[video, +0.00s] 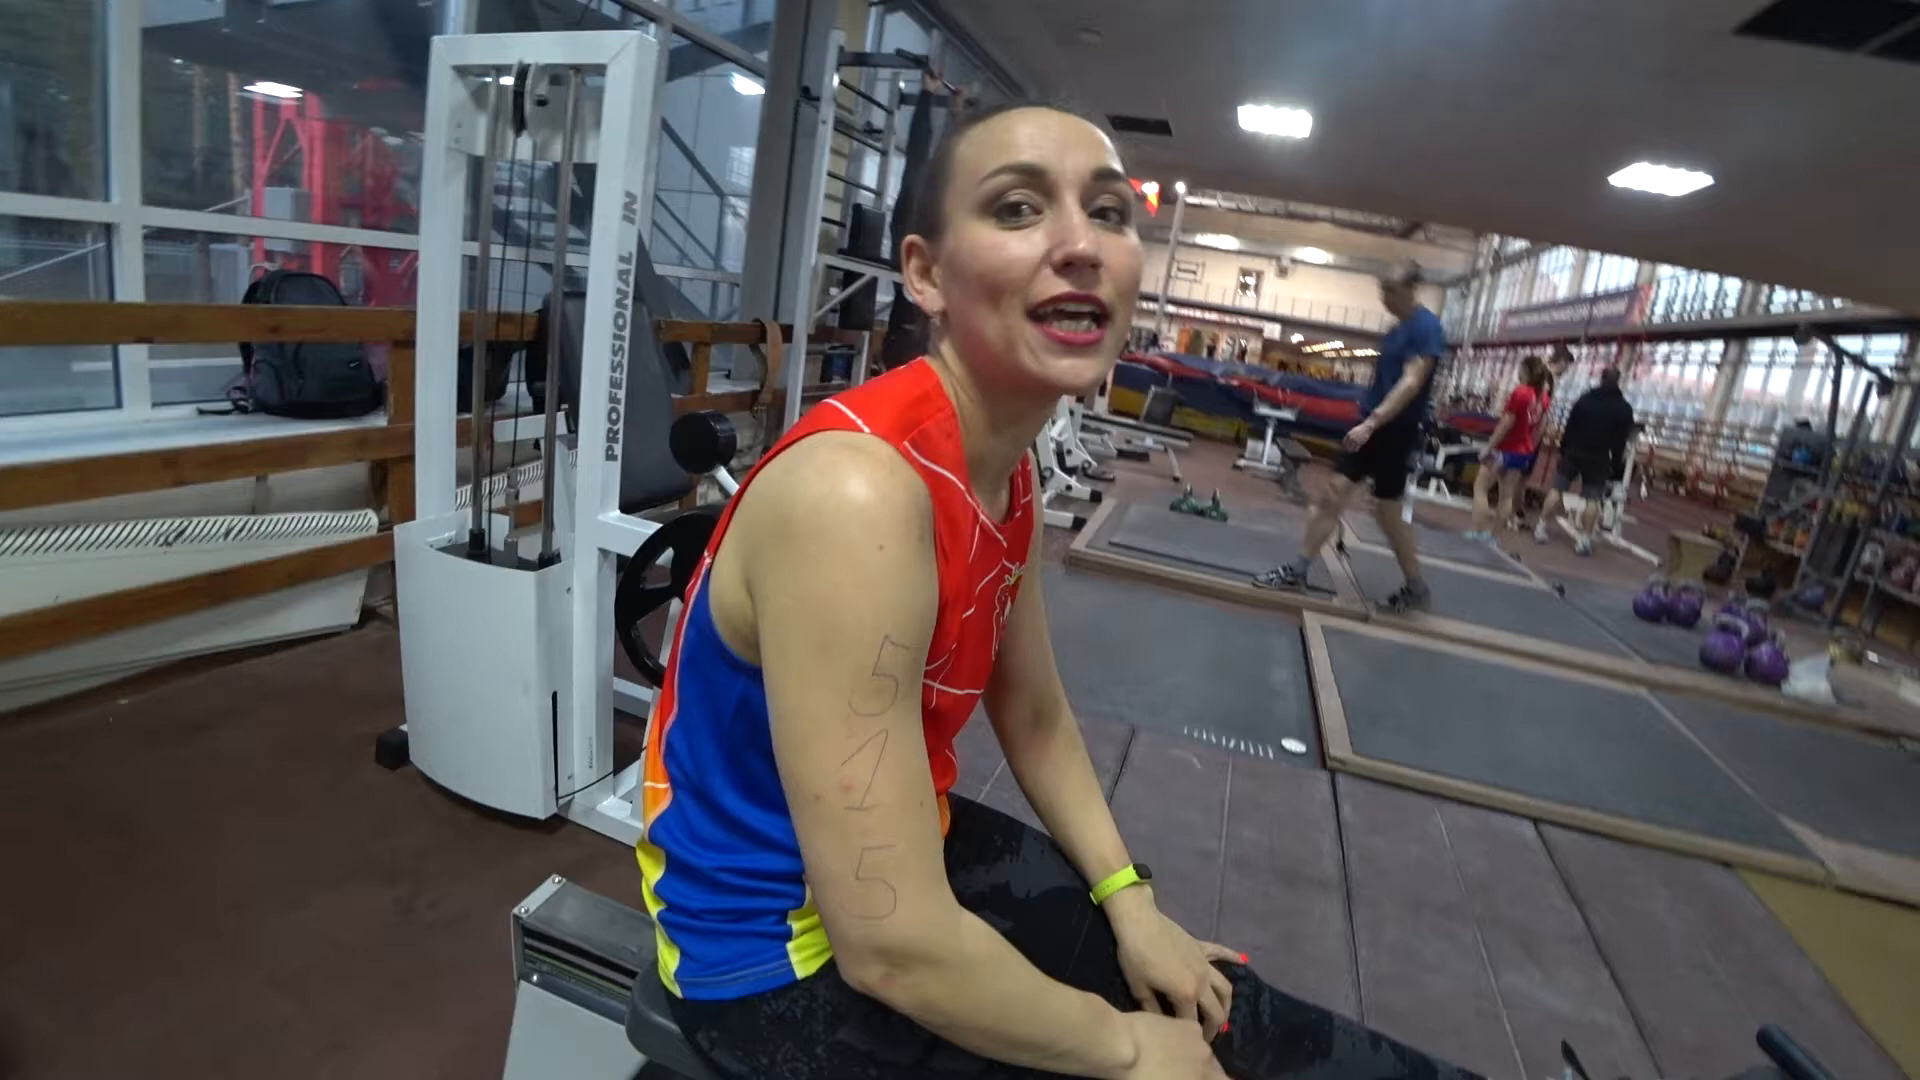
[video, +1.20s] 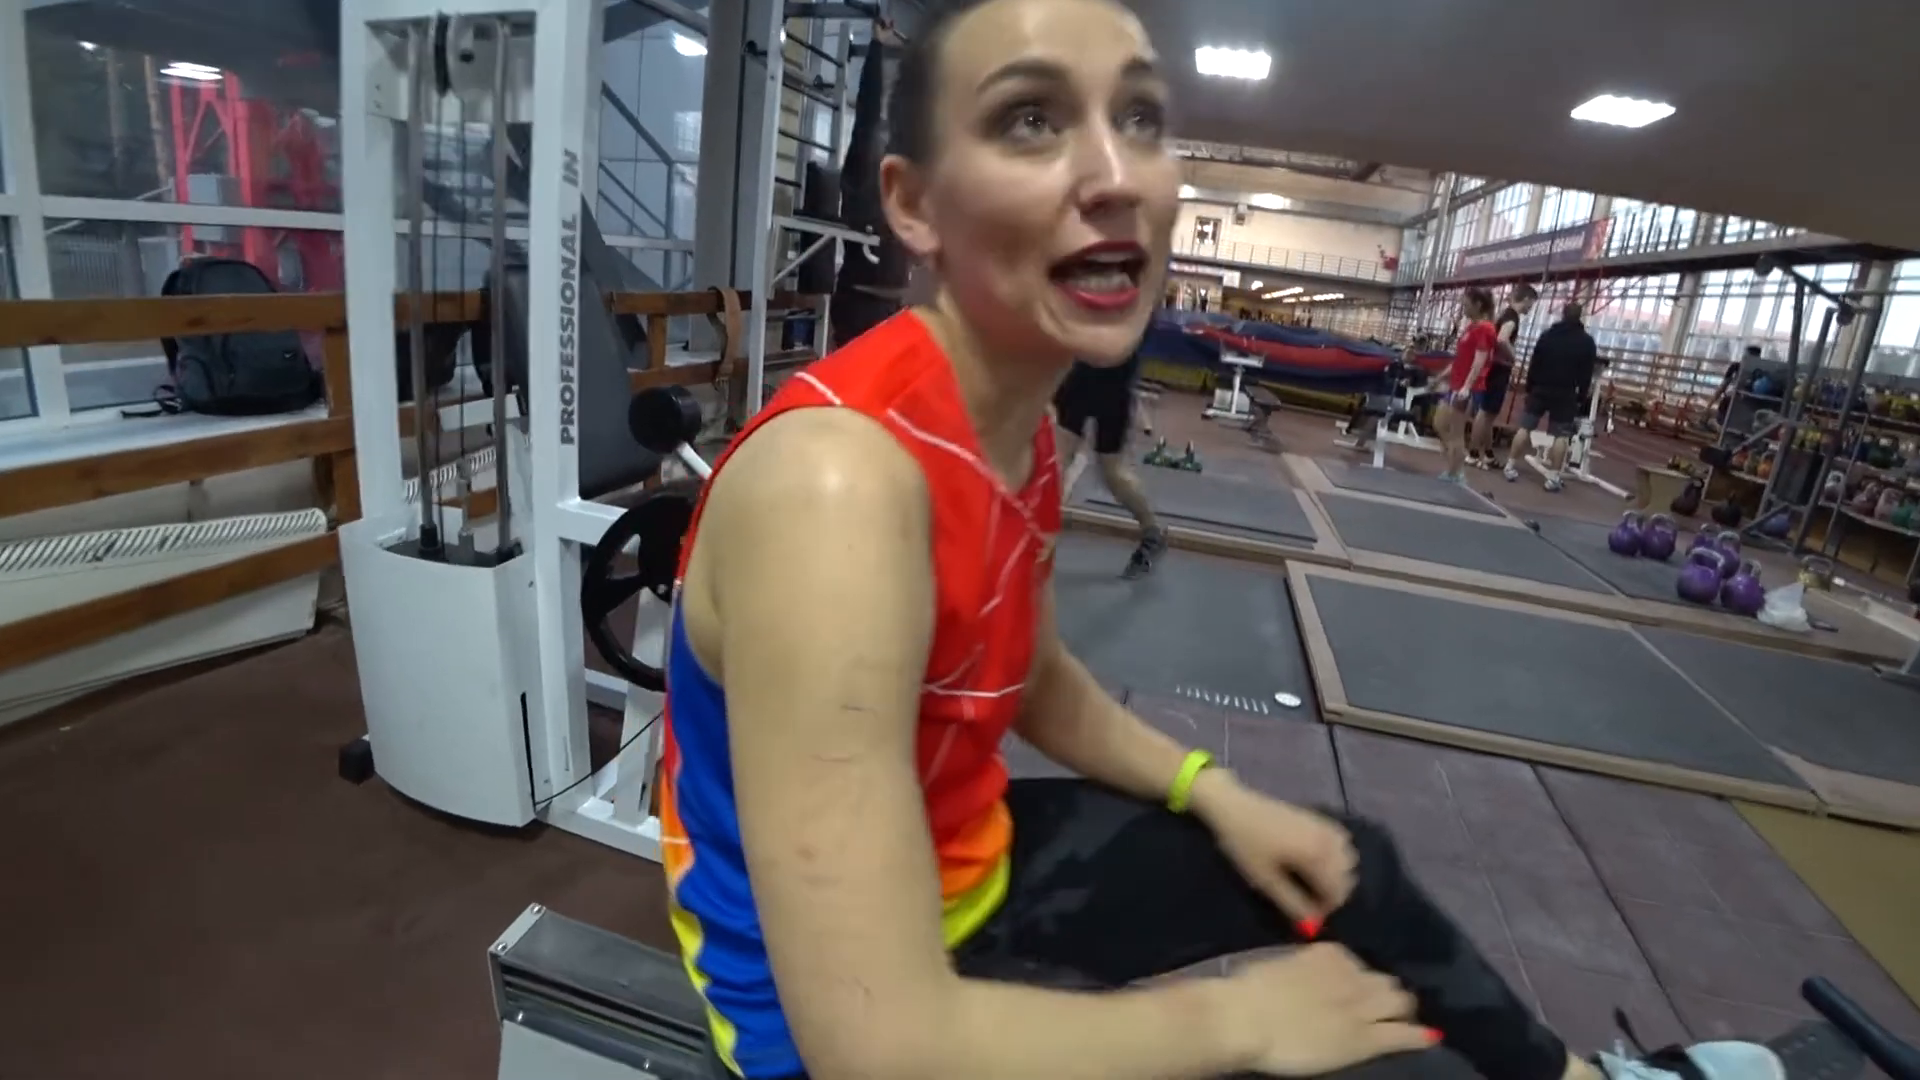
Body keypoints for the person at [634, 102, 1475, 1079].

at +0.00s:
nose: (1082, 245)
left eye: (1106, 211)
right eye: (1018, 207)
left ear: (1136, 257)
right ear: (926, 272)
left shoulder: (999, 465)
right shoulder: (854, 498)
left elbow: (1034, 714)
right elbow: (894, 940)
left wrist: (1131, 906)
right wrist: (1133, 1048)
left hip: (912, 848)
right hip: (784, 974)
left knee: (1207, 991)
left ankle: (1448, 1079)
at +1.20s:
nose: (1114, 177)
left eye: (1140, 121)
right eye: (1032, 124)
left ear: (1174, 166)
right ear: (915, 210)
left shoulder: (1013, 425)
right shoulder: (834, 490)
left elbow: (1032, 681)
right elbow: (874, 1040)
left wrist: (1216, 795)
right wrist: (1231, 1021)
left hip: (978, 864)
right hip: (864, 1013)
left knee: (1342, 867)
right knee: (1399, 1051)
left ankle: (1561, 1071)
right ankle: (1560, 1071)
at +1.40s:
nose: (1070, 284)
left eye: (1131, 200)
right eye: (998, 205)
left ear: (1194, 203)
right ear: (913, 215)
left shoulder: (1026, 435)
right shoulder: (838, 509)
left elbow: (1026, 677)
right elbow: (960, 1060)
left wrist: (1240, 783)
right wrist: (1353, 1077)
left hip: (1002, 892)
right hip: (853, 1026)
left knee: (1372, 827)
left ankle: (1542, 1073)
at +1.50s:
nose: (1044, 349)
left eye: (1114, 262)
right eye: (976, 260)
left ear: (1193, 257)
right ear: (901, 245)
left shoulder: (1023, 455)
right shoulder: (813, 547)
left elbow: (1031, 705)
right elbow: (941, 1059)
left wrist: (1234, 791)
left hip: (995, 926)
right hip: (827, 1042)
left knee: (1362, 827)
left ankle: (1519, 1074)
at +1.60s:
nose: (1018, 404)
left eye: (1096, 315)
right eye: (952, 307)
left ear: (1184, 299)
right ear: (885, 280)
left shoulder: (1015, 492)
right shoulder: (785, 588)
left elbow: (1013, 722)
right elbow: (878, 1056)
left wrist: (1217, 808)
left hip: (999, 960)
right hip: (819, 1040)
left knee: (1354, 846)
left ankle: (1484, 1065)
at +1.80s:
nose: (962, 449)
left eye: (1050, 358)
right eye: (897, 345)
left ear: (1152, 342)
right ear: (840, 302)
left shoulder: (999, 532)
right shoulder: (739, 645)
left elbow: (982, 752)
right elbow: (791, 1053)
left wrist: (1200, 829)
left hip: (982, 993)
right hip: (815, 1048)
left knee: (1335, 865)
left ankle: (1422, 1061)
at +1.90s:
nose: (961, 436)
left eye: (1048, 344)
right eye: (891, 330)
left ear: (1145, 338)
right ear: (826, 301)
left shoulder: (984, 527)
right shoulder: (721, 638)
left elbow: (986, 763)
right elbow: (778, 1053)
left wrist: (1195, 826)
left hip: (978, 1002)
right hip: (809, 1050)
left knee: (1326, 861)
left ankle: (1413, 1065)